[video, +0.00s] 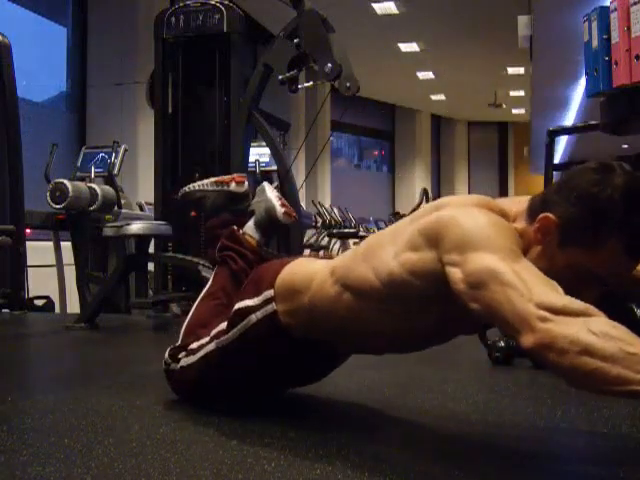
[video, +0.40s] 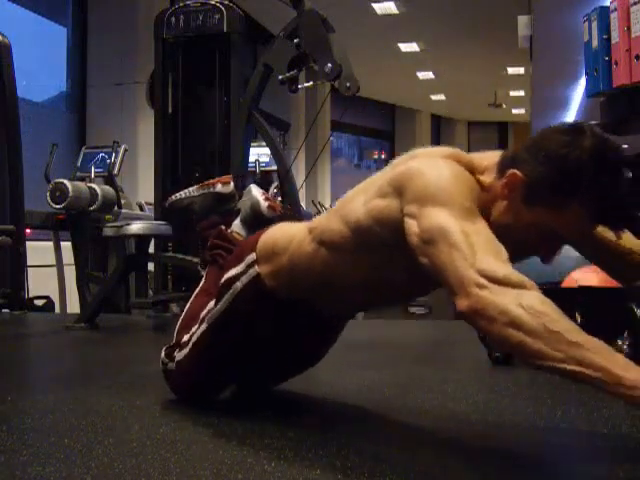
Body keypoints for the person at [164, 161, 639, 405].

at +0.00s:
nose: (576, 287)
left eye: (589, 283)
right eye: (579, 276)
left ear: (546, 226)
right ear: (543, 232)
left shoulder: (523, 228)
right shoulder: (469, 232)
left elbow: (577, 316)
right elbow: (547, 338)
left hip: (331, 326)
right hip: (284, 312)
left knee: (226, 378)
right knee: (184, 371)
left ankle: (264, 253)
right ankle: (231, 246)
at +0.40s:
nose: (549, 250)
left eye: (565, 237)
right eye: (550, 233)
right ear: (511, 192)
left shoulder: (530, 186)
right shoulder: (433, 180)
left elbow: (622, 254)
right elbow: (489, 300)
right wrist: (631, 379)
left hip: (323, 311)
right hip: (266, 291)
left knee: (245, 381)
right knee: (184, 378)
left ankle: (259, 252)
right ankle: (225, 257)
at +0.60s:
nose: (502, 217)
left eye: (516, 208)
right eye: (503, 200)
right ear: (471, 155)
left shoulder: (500, 162)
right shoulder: (396, 143)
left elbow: (600, 246)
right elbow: (426, 266)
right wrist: (557, 368)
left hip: (313, 289)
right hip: (248, 268)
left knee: (248, 381)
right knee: (181, 378)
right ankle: (209, 244)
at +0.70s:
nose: (480, 199)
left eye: (494, 192)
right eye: (479, 185)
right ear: (450, 138)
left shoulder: (481, 147)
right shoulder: (377, 130)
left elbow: (564, 230)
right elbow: (400, 253)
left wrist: (622, 298)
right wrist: (515, 361)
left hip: (308, 276)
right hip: (240, 256)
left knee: (246, 378)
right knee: (177, 376)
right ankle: (199, 238)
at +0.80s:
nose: (462, 190)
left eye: (474, 180)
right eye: (460, 172)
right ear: (430, 126)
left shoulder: (456, 135)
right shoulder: (357, 118)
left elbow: (537, 221)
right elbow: (370, 242)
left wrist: (577, 279)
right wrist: (475, 353)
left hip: (299, 269)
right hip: (229, 252)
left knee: (243, 379)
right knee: (178, 377)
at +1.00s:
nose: (429, 167)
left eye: (441, 157)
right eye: (425, 152)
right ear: (392, 111)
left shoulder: (432, 124)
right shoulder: (324, 99)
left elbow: (497, 212)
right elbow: (316, 225)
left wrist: (543, 319)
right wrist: (399, 350)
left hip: (283, 258)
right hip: (215, 246)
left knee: (242, 378)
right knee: (180, 383)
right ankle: (173, 250)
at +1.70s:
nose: (437, 174)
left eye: (449, 163)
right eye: (436, 158)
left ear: (456, 137)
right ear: (404, 117)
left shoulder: (438, 131)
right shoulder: (331, 112)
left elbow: (511, 223)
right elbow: (338, 237)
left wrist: (572, 316)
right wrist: (435, 353)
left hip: (283, 263)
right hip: (216, 250)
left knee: (240, 380)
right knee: (177, 383)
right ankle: (170, 256)